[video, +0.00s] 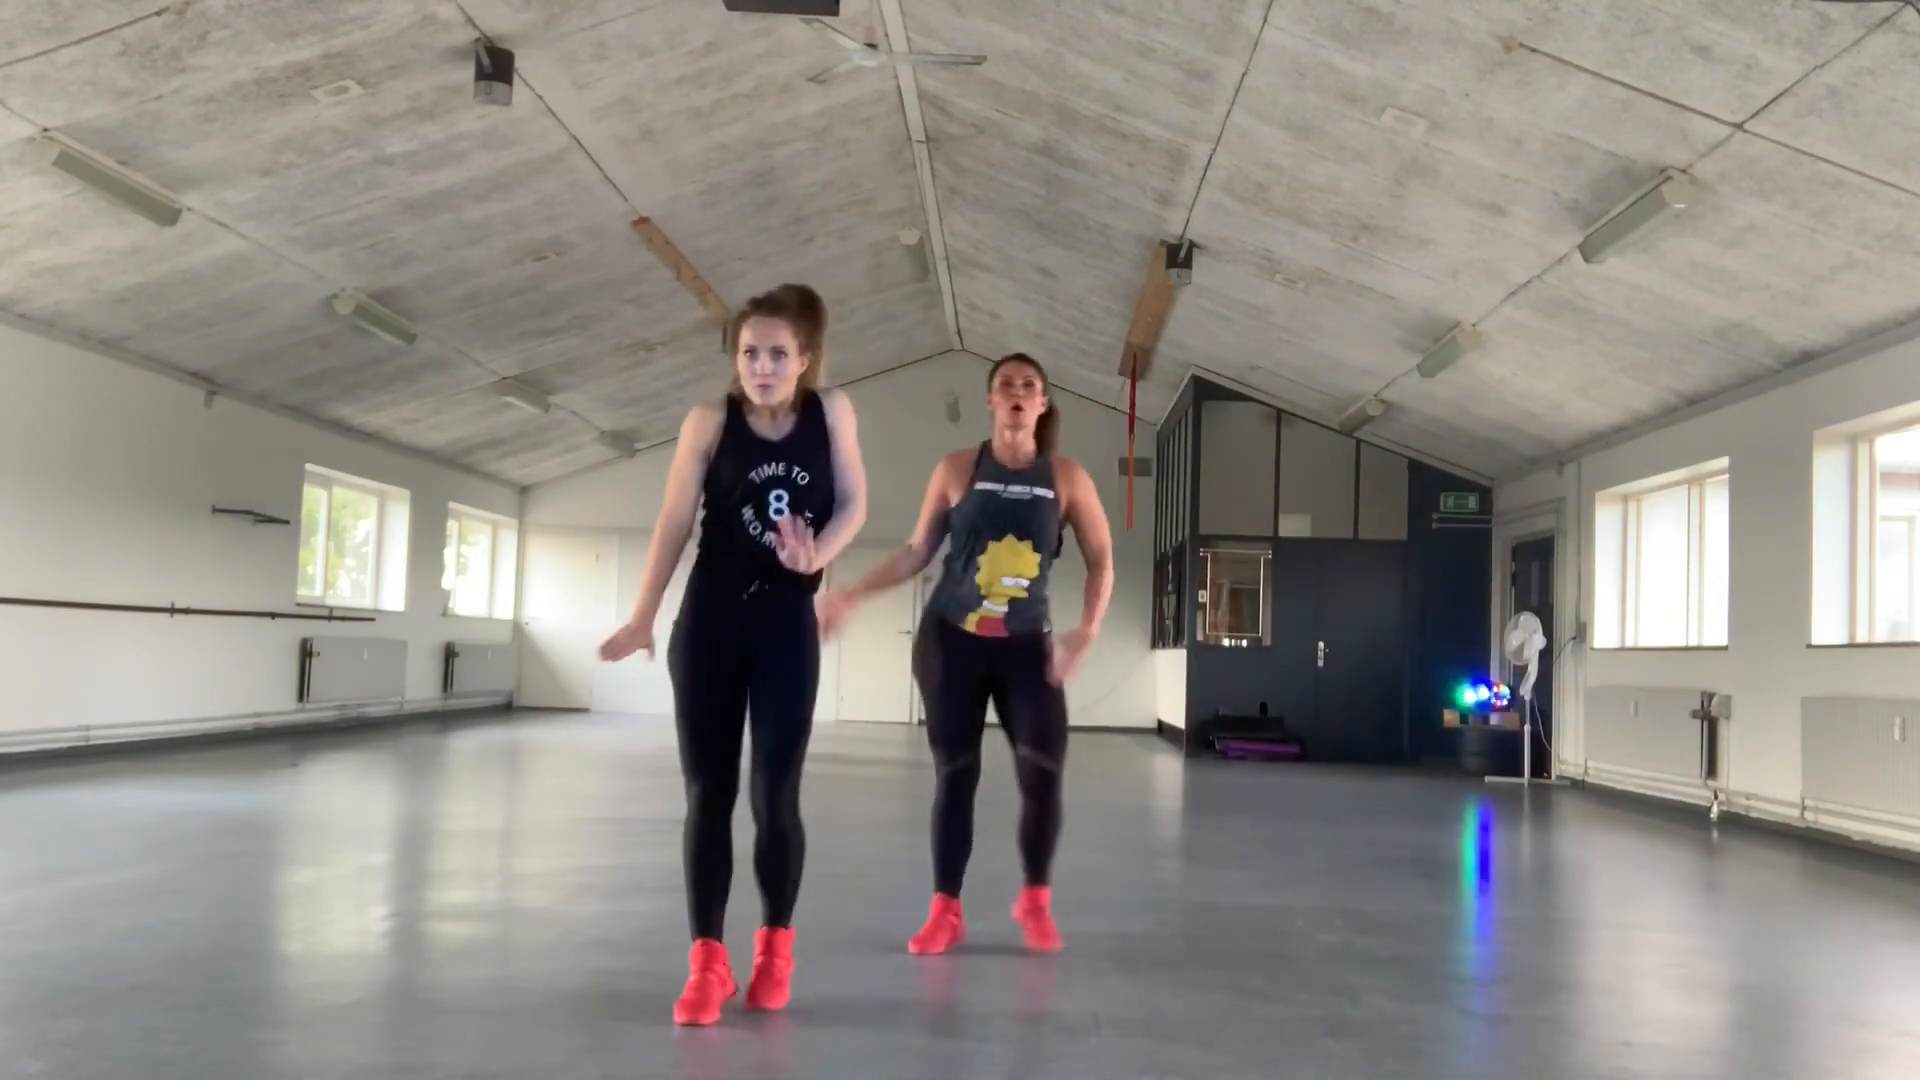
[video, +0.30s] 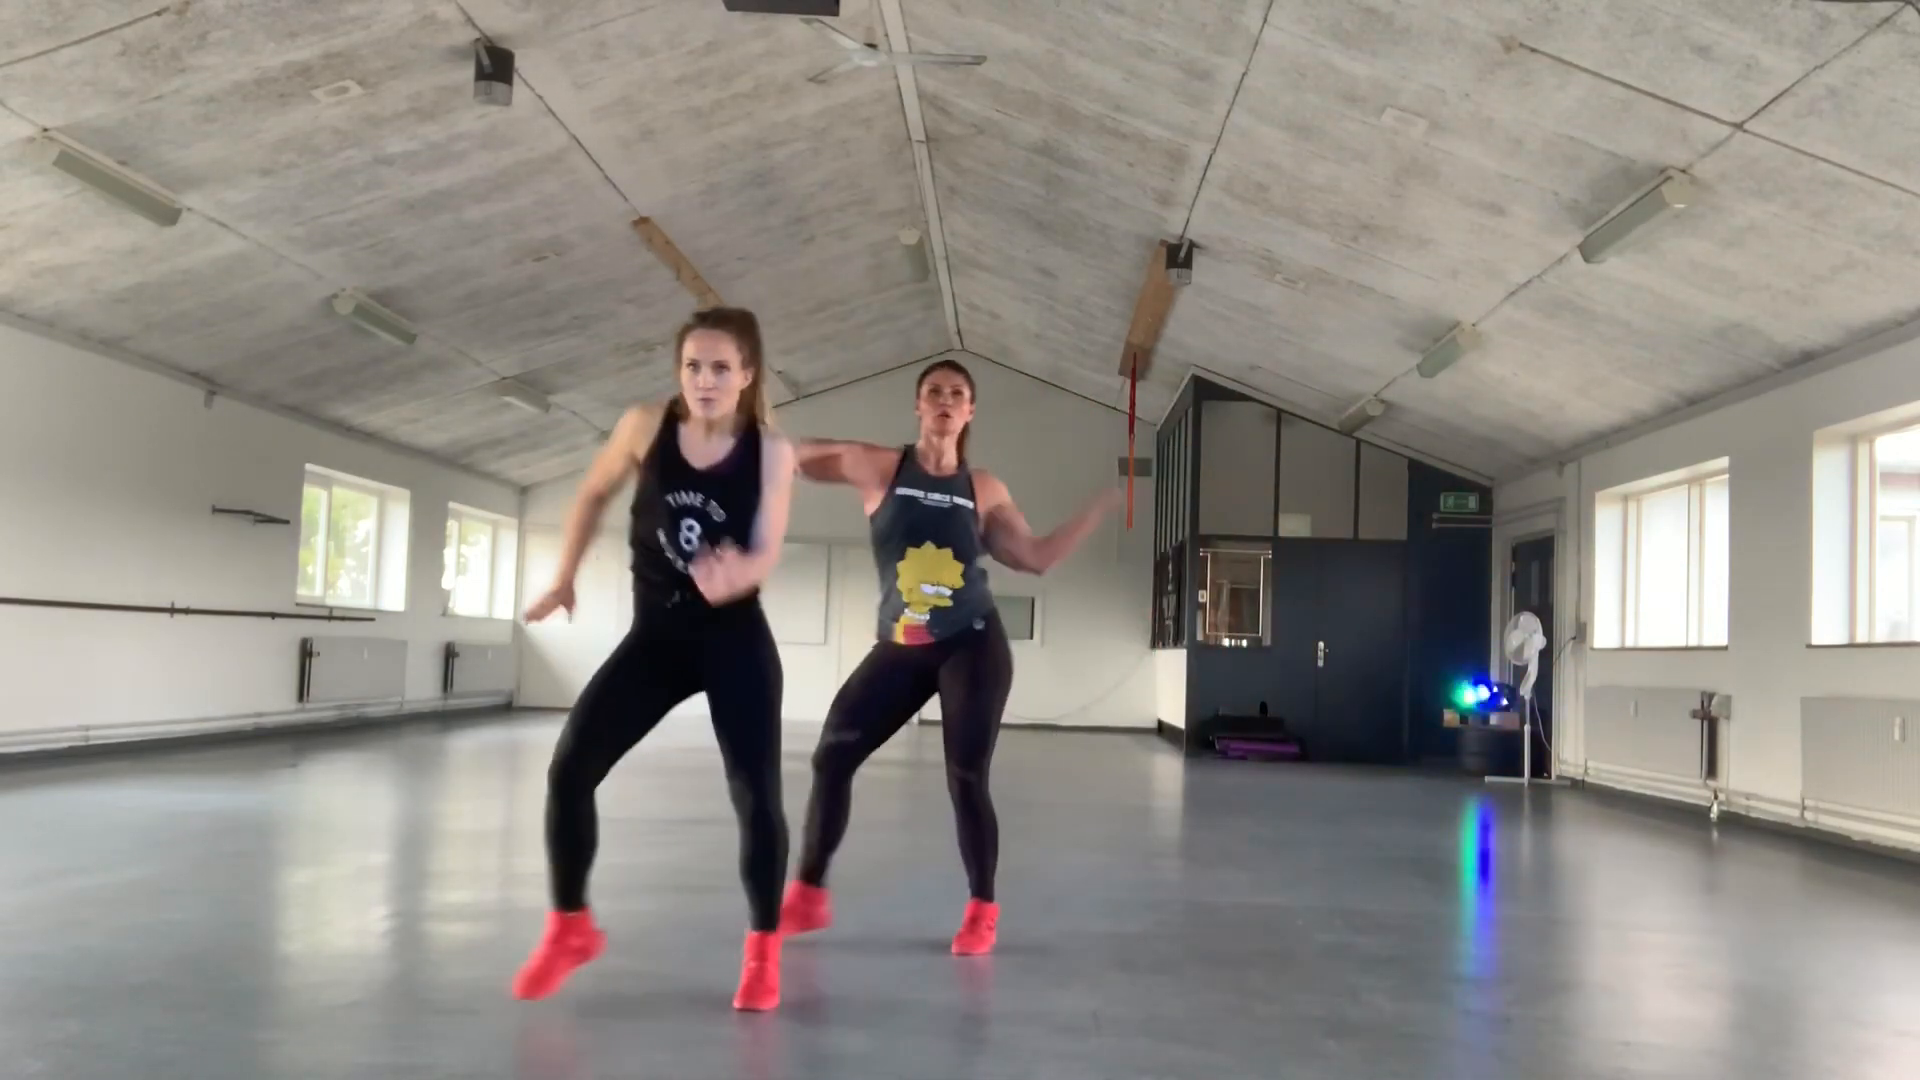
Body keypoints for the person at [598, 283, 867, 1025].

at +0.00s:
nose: (763, 365)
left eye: (778, 352)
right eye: (752, 351)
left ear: (807, 358)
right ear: (735, 356)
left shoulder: (830, 413)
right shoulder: (708, 422)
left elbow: (854, 505)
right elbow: (674, 522)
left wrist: (820, 553)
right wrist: (641, 618)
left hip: (788, 630)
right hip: (710, 627)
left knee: (774, 796)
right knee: (709, 796)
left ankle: (775, 944)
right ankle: (707, 955)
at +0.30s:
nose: (705, 380)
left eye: (721, 368)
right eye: (694, 366)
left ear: (748, 376)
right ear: (679, 370)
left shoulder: (771, 452)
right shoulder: (645, 427)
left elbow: (768, 549)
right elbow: (593, 496)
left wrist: (736, 575)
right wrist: (565, 579)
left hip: (736, 644)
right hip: (656, 640)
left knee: (756, 798)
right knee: (570, 772)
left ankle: (762, 943)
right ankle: (570, 924)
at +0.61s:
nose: (636, 394)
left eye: (653, 383)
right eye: (625, 381)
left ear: (680, 391)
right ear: (611, 386)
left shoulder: (691, 448)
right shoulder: (599, 457)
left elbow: (693, 551)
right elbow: (524, 493)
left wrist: (671, 648)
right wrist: (462, 451)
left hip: (652, 654)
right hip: (574, 650)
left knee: (724, 813)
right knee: (531, 805)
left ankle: (785, 962)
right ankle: (513, 957)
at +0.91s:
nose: (667, 366)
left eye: (683, 358)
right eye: (656, 356)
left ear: (708, 381)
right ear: (638, 375)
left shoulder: (727, 450)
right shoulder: (610, 442)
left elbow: (836, 442)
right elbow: (575, 539)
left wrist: (934, 432)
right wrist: (618, 501)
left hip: (716, 654)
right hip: (641, 660)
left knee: (741, 803)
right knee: (545, 791)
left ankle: (780, 965)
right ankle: (528, 956)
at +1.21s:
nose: (665, 368)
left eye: (682, 360)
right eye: (655, 361)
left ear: (711, 382)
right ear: (643, 380)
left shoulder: (723, 467)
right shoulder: (618, 424)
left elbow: (795, 465)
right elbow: (524, 394)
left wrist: (775, 369)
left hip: (698, 655)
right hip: (620, 656)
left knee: (762, 799)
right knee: (577, 823)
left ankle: (787, 955)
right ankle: (529, 959)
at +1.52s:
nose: (666, 364)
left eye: (683, 355)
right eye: (655, 351)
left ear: (704, 376)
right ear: (635, 367)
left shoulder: (716, 440)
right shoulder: (610, 441)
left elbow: (769, 340)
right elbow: (529, 383)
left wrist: (686, 289)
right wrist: (568, 301)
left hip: (672, 656)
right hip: (591, 647)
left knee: (725, 813)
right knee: (559, 805)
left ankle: (787, 957)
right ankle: (522, 955)